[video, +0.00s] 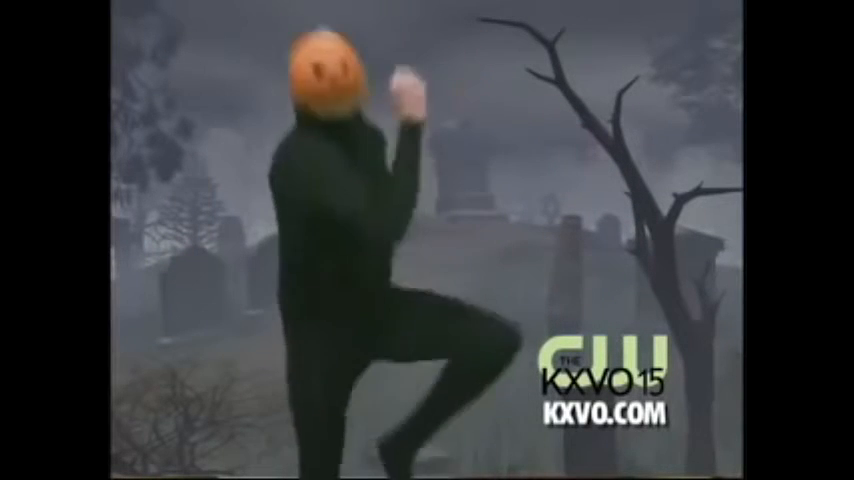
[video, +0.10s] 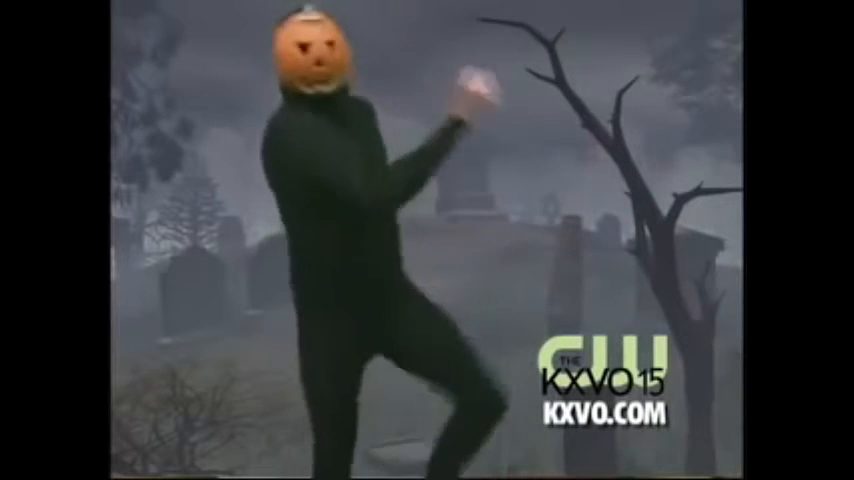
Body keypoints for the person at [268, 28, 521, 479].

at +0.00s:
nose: (343, 94)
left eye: (344, 80)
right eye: (333, 87)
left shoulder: (364, 140)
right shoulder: (298, 157)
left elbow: (380, 229)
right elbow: (386, 224)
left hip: (375, 311)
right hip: (320, 331)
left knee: (494, 340)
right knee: (320, 469)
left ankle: (402, 445)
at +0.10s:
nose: (318, 55)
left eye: (329, 44)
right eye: (302, 46)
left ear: (346, 55)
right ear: (281, 63)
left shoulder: (359, 114)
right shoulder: (287, 133)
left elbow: (373, 203)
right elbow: (375, 195)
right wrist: (455, 124)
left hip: (388, 300)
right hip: (329, 313)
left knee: (483, 401)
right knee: (333, 456)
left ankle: (437, 473)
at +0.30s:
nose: (335, 109)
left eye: (345, 96)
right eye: (319, 102)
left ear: (361, 105)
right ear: (301, 119)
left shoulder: (377, 160)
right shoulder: (306, 193)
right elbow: (403, 244)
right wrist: (472, 163)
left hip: (397, 343)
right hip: (337, 357)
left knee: (473, 451)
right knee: (338, 472)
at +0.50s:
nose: (398, 128)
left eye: (411, 114)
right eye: (382, 117)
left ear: (428, 119)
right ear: (361, 128)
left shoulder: (449, 164)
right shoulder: (348, 194)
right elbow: (384, 294)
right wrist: (458, 258)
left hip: (414, 347)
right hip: (352, 358)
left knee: (497, 449)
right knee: (350, 472)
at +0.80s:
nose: (487, 124)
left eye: (502, 113)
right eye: (473, 113)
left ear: (521, 124)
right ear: (452, 122)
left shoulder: (540, 202)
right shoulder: (421, 198)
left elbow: (591, 299)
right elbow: (376, 283)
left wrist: (524, 341)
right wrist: (335, 371)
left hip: (498, 373)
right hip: (417, 367)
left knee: (511, 472)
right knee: (359, 470)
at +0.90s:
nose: (512, 124)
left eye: (527, 113)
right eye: (498, 113)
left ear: (546, 125)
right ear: (478, 122)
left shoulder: (554, 208)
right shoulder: (448, 183)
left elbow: (555, 326)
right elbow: (396, 244)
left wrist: (476, 288)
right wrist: (338, 304)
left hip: (500, 366)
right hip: (429, 349)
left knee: (511, 471)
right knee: (341, 434)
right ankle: (409, 472)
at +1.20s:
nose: (556, 71)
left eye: (573, 66)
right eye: (547, 59)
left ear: (588, 93)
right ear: (522, 73)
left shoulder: (569, 166)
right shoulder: (502, 136)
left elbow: (470, 181)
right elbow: (467, 206)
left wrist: (388, 101)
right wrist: (420, 240)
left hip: (488, 341)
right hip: (427, 307)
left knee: (490, 471)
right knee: (297, 313)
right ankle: (377, 445)